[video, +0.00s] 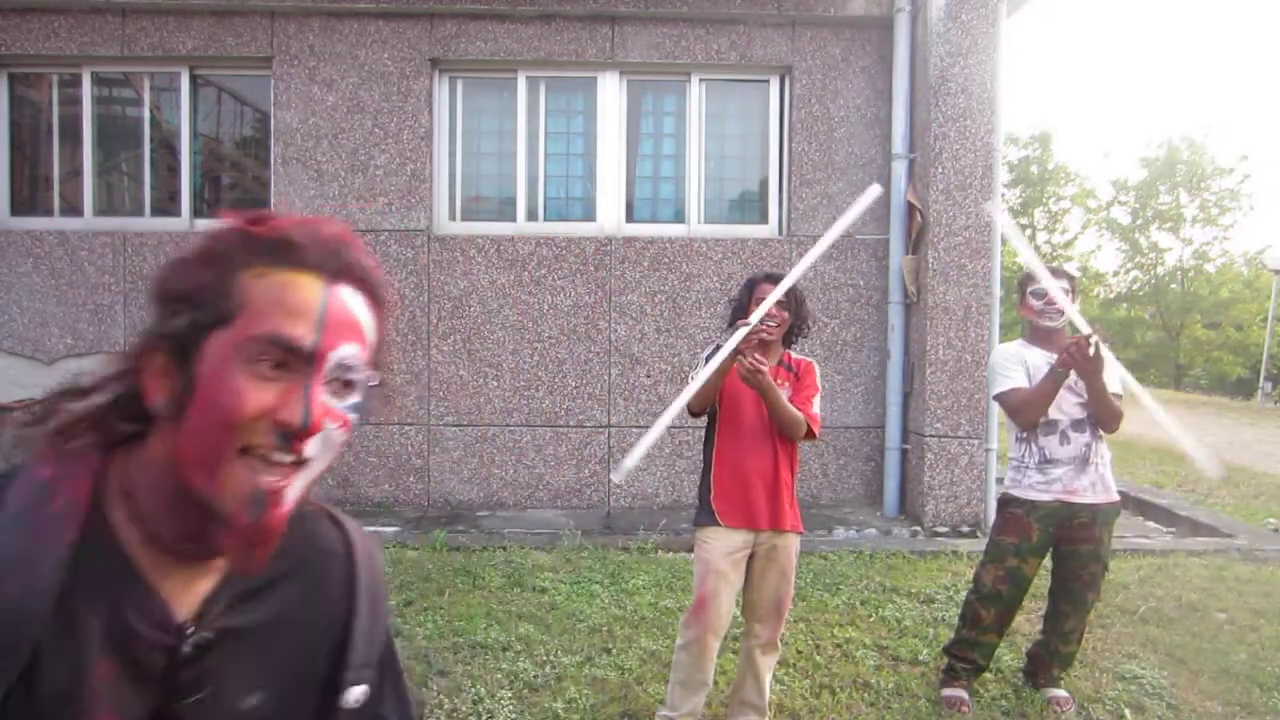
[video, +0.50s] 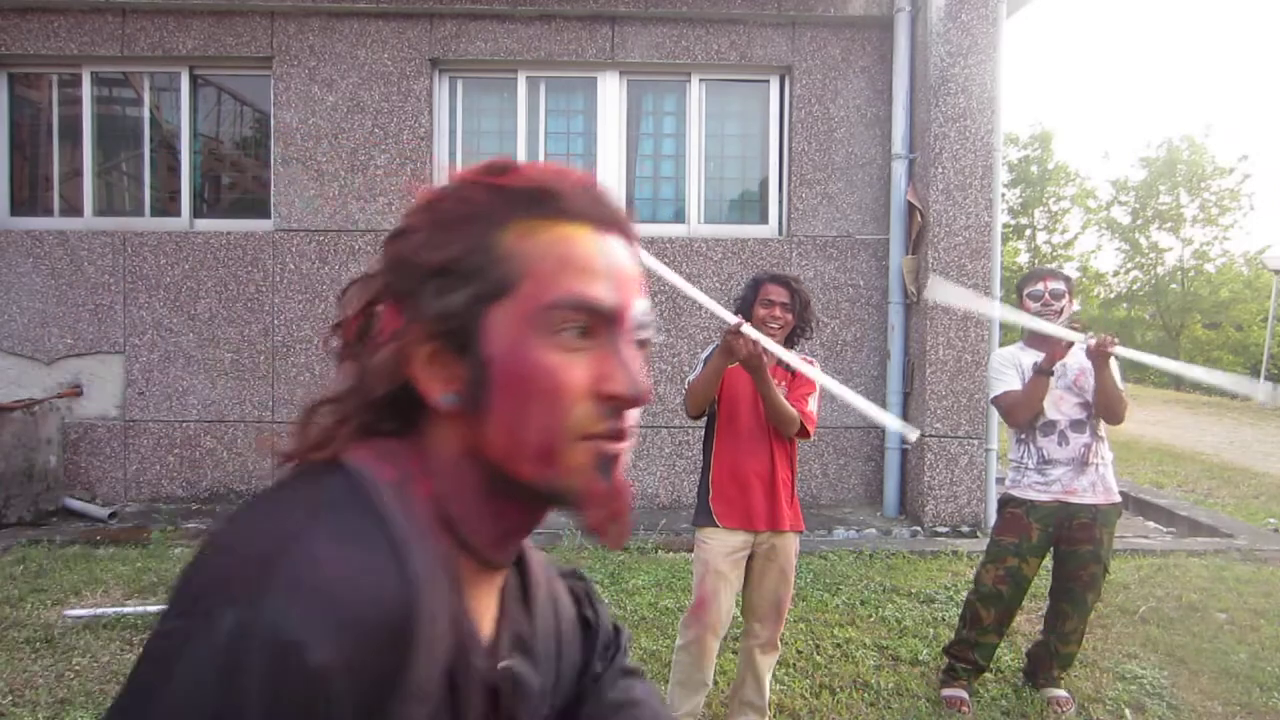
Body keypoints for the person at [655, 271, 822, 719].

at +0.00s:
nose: (769, 312)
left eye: (780, 306)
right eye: (760, 303)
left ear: (792, 318)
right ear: (744, 311)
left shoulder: (803, 369)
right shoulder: (722, 360)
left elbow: (798, 431)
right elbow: (696, 407)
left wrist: (767, 387)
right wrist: (729, 357)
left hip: (780, 517)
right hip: (723, 515)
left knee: (766, 633)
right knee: (706, 620)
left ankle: (748, 714)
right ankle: (678, 713)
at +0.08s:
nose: (771, 314)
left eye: (781, 307)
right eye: (762, 304)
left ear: (793, 318)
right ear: (744, 312)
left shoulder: (802, 368)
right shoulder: (721, 355)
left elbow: (795, 430)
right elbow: (695, 403)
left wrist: (764, 384)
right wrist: (731, 346)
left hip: (779, 517)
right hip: (722, 515)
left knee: (766, 633)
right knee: (705, 620)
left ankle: (749, 714)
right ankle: (678, 713)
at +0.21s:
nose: (771, 314)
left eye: (782, 308)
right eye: (764, 304)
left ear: (793, 319)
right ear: (747, 309)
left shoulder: (803, 368)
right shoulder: (722, 355)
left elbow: (793, 429)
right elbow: (694, 404)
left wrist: (762, 379)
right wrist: (727, 354)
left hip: (778, 517)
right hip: (721, 514)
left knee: (766, 633)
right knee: (705, 620)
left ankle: (748, 714)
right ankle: (683, 713)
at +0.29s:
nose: (773, 313)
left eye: (783, 307)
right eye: (764, 304)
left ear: (794, 318)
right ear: (747, 311)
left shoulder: (803, 367)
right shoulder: (723, 354)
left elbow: (792, 428)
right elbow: (694, 405)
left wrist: (764, 373)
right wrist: (725, 354)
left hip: (779, 513)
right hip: (721, 510)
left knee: (769, 624)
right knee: (701, 618)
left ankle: (759, 712)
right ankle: (678, 712)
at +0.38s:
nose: (774, 313)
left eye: (784, 307)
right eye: (765, 304)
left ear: (795, 318)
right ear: (748, 311)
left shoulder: (804, 368)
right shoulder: (722, 354)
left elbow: (792, 429)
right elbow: (693, 406)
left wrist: (762, 365)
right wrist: (723, 356)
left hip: (779, 514)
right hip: (721, 512)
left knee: (765, 624)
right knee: (702, 618)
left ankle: (750, 712)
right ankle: (680, 712)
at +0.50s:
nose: (776, 313)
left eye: (785, 307)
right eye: (766, 304)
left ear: (795, 318)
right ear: (747, 310)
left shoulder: (802, 369)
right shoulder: (721, 356)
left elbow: (792, 428)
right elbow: (693, 408)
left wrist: (761, 374)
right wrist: (723, 357)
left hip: (780, 516)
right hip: (722, 514)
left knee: (765, 633)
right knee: (705, 621)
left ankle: (749, 714)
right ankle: (683, 713)